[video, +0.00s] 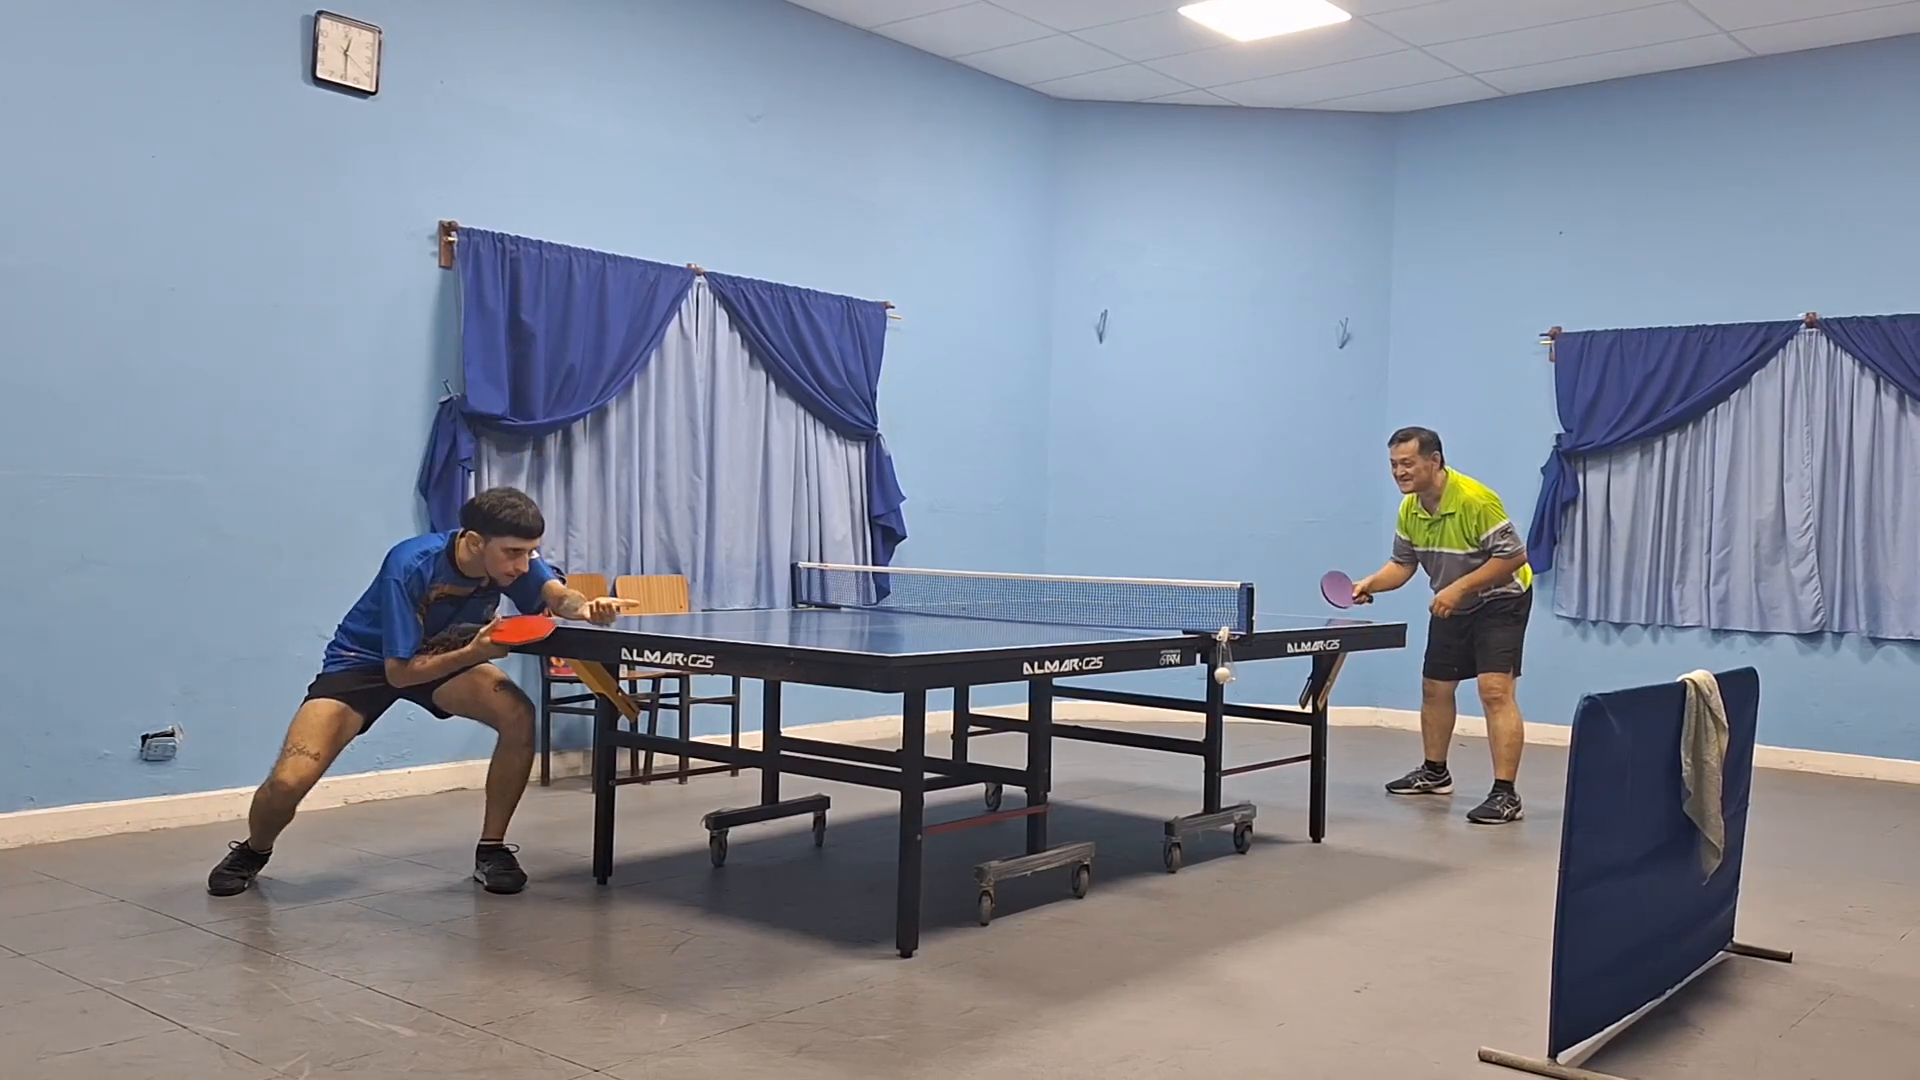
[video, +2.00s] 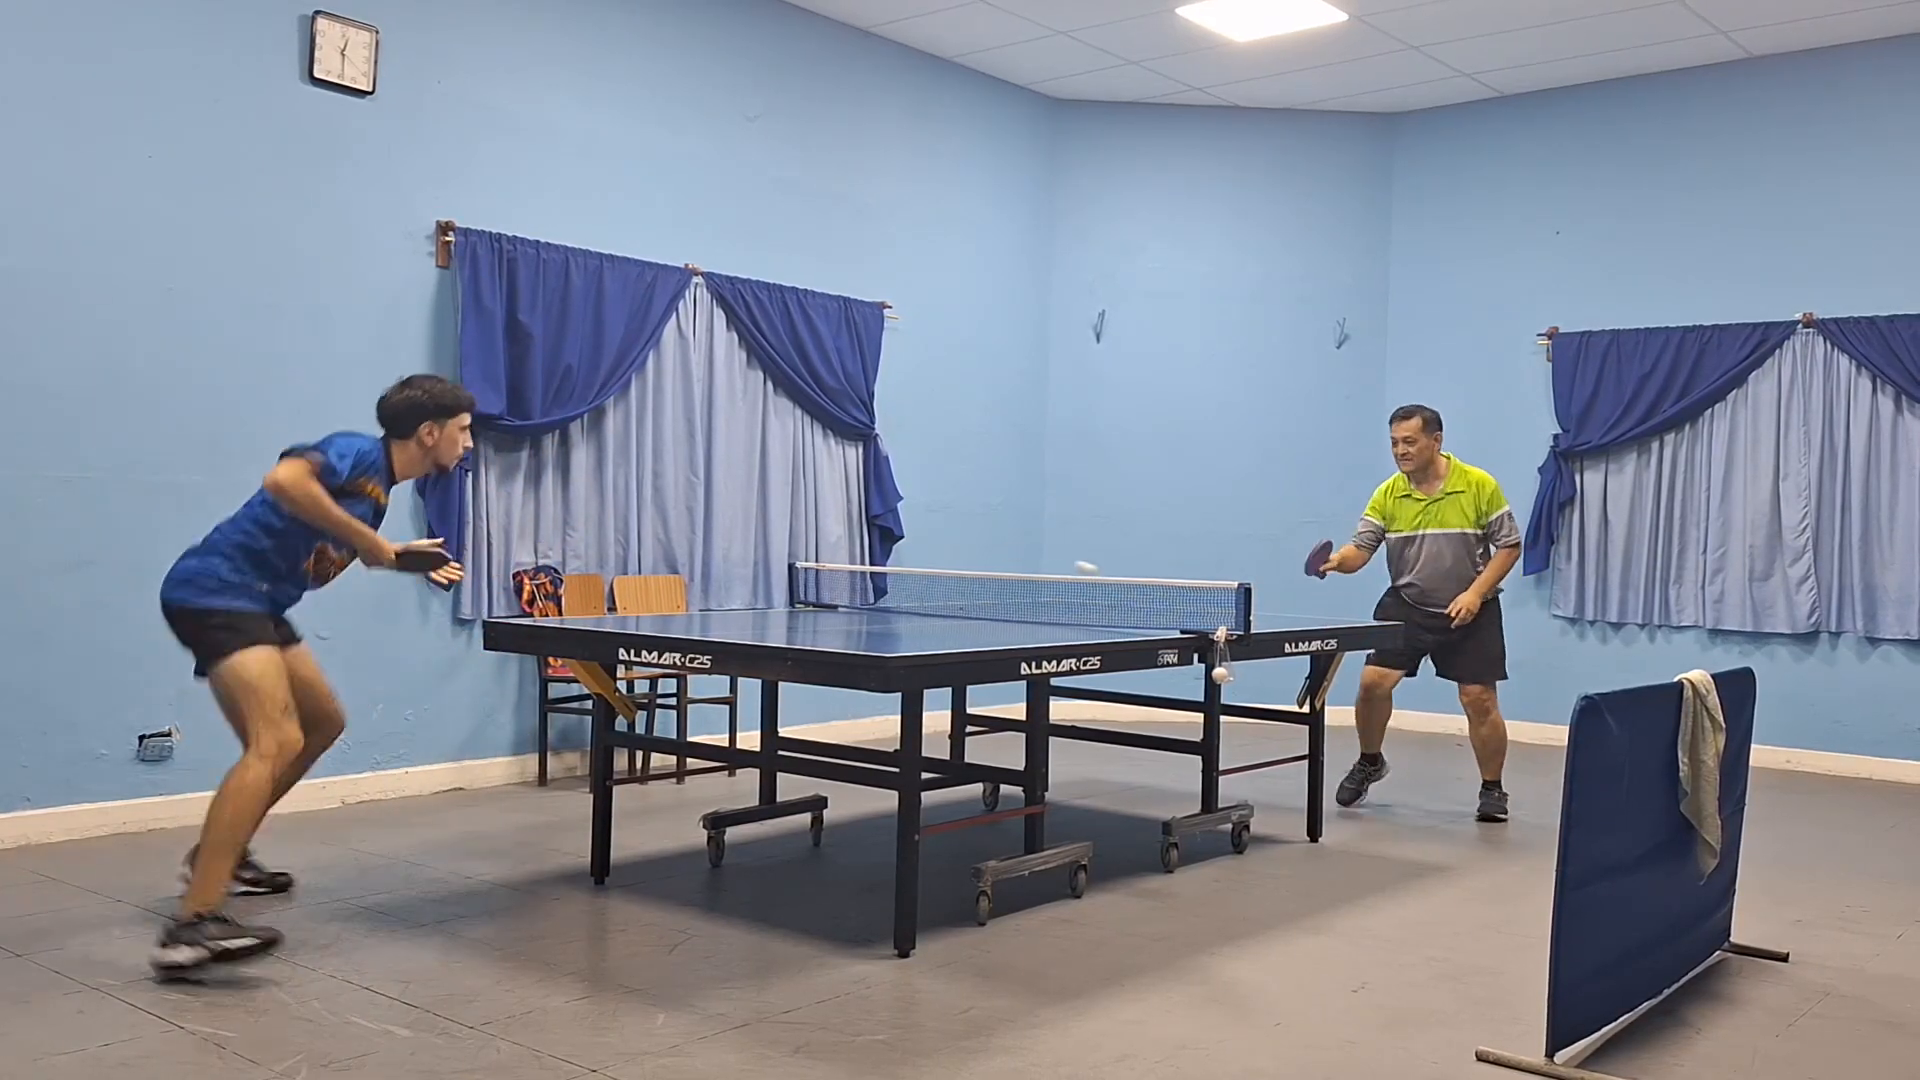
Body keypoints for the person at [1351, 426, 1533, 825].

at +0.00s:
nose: (1399, 471)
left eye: (1407, 463)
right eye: (1394, 464)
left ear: (1435, 462)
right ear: (1392, 467)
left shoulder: (1475, 500)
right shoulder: (1409, 509)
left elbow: (1513, 554)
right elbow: (1403, 563)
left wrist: (1460, 589)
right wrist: (1372, 584)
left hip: (1500, 600)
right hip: (1451, 605)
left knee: (1494, 690)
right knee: (1435, 686)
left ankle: (1505, 792)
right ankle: (1435, 770)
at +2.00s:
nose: (1401, 450)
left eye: (1410, 441)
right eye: (1395, 442)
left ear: (1436, 441)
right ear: (1391, 445)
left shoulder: (1478, 485)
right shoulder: (1388, 493)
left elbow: (1510, 545)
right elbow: (1361, 548)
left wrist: (1476, 592)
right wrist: (1338, 559)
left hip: (1470, 610)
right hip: (1407, 607)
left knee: (1478, 699)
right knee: (1373, 684)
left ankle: (1492, 789)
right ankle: (1369, 761)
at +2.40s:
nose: (1404, 468)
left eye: (1415, 460)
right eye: (1397, 459)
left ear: (1438, 460)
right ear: (1389, 457)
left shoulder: (1461, 499)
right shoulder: (1377, 498)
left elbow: (1484, 552)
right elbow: (1344, 528)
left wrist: (1496, 603)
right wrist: (1327, 538)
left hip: (1445, 617)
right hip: (1381, 616)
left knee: (1472, 702)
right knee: (1374, 695)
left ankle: (1485, 788)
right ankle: (1356, 794)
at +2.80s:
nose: (1401, 444)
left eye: (1411, 435)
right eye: (1397, 436)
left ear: (1439, 438)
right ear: (1395, 442)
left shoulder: (1480, 487)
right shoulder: (1396, 495)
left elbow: (1525, 541)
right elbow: (1379, 546)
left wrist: (1484, 591)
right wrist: (1338, 561)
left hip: (1479, 614)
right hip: (1417, 613)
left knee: (1501, 704)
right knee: (1387, 690)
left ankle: (1526, 796)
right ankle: (1356, 786)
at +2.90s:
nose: (1400, 443)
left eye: (1408, 434)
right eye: (1397, 436)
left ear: (1438, 436)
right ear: (1398, 442)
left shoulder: (1471, 479)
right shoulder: (1413, 492)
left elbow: (1502, 535)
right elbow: (1404, 552)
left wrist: (1437, 561)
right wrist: (1362, 572)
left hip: (1489, 608)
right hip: (1432, 608)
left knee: (1503, 704)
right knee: (1391, 682)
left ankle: (1526, 796)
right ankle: (1398, 775)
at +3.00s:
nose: (1399, 458)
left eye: (1405, 449)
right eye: (1395, 452)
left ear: (1433, 446)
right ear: (1395, 457)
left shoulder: (1462, 482)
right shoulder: (1426, 500)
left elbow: (1441, 549)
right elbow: (1426, 571)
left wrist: (1395, 548)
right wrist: (1386, 608)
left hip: (1494, 607)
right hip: (1446, 611)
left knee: (1494, 705)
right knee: (1407, 685)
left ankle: (1528, 797)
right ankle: (1428, 763)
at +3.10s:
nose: (1390, 473)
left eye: (1396, 464)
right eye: (1387, 467)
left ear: (1424, 460)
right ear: (1424, 464)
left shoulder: (1444, 493)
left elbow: (1397, 553)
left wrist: (1362, 563)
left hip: (1491, 611)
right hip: (1457, 617)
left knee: (1477, 708)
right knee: (1424, 695)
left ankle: (1528, 798)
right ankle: (1434, 775)